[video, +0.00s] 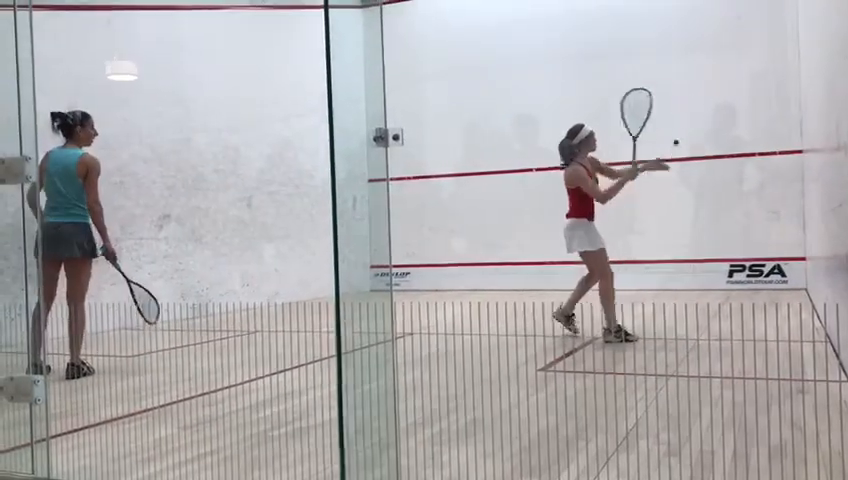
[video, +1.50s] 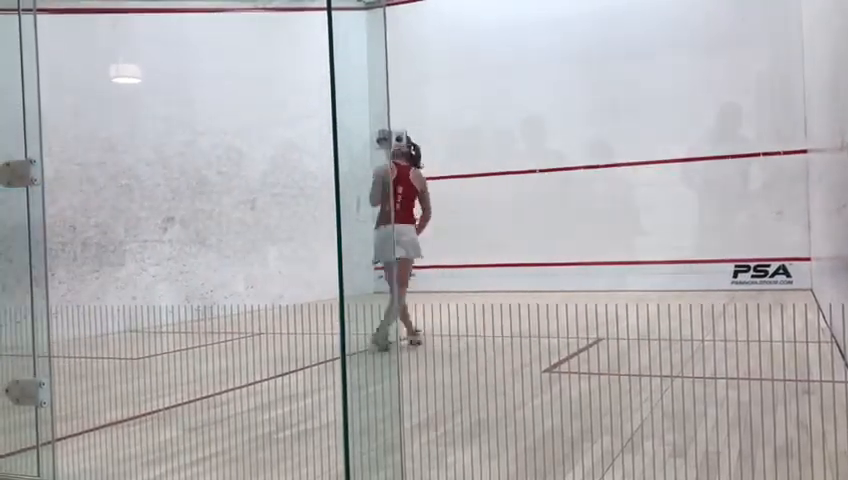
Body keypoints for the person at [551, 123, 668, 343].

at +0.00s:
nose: (595, 140)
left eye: (593, 137)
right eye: (592, 138)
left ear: (580, 144)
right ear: (582, 144)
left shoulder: (589, 162)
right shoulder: (575, 171)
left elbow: (615, 173)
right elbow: (601, 198)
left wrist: (648, 166)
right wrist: (625, 178)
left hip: (582, 226)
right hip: (580, 227)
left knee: (595, 273)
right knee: (605, 275)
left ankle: (565, 311)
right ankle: (612, 328)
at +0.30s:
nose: (573, 151)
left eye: (572, 148)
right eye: (570, 149)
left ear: (552, 156)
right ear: (563, 156)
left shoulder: (541, 178)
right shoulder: (568, 182)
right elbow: (602, 192)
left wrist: (556, 204)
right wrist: (627, 184)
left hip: (542, 233)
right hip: (560, 234)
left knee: (565, 277)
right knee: (588, 278)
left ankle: (556, 322)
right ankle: (600, 326)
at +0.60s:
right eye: (537, 149)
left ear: (521, 152)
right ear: (540, 152)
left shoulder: (507, 175)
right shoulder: (543, 178)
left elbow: (484, 199)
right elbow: (521, 204)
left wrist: (468, 213)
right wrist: (491, 210)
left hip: (513, 232)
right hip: (533, 230)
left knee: (536, 281)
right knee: (537, 282)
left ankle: (551, 323)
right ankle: (509, 320)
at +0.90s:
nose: (475, 150)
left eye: (476, 147)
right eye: (479, 146)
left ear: (477, 148)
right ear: (494, 147)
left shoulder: (469, 167)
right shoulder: (501, 173)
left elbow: (469, 190)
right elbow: (507, 208)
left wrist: (472, 212)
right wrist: (490, 217)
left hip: (472, 225)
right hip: (495, 224)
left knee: (465, 278)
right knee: (501, 279)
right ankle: (502, 325)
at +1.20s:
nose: (421, 153)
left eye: (422, 150)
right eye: (423, 150)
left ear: (426, 152)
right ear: (443, 153)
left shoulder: (416, 170)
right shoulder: (451, 175)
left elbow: (407, 203)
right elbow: (465, 209)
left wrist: (396, 222)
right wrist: (452, 228)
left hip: (423, 229)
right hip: (446, 228)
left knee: (418, 284)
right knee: (463, 282)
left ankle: (418, 332)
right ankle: (477, 327)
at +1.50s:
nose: (399, 148)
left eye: (397, 147)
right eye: (404, 147)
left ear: (391, 153)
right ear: (411, 154)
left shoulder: (381, 172)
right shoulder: (416, 175)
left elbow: (374, 200)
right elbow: (427, 212)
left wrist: (386, 181)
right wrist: (416, 231)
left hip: (383, 230)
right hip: (406, 230)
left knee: (394, 286)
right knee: (400, 286)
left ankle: (411, 330)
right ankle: (382, 332)